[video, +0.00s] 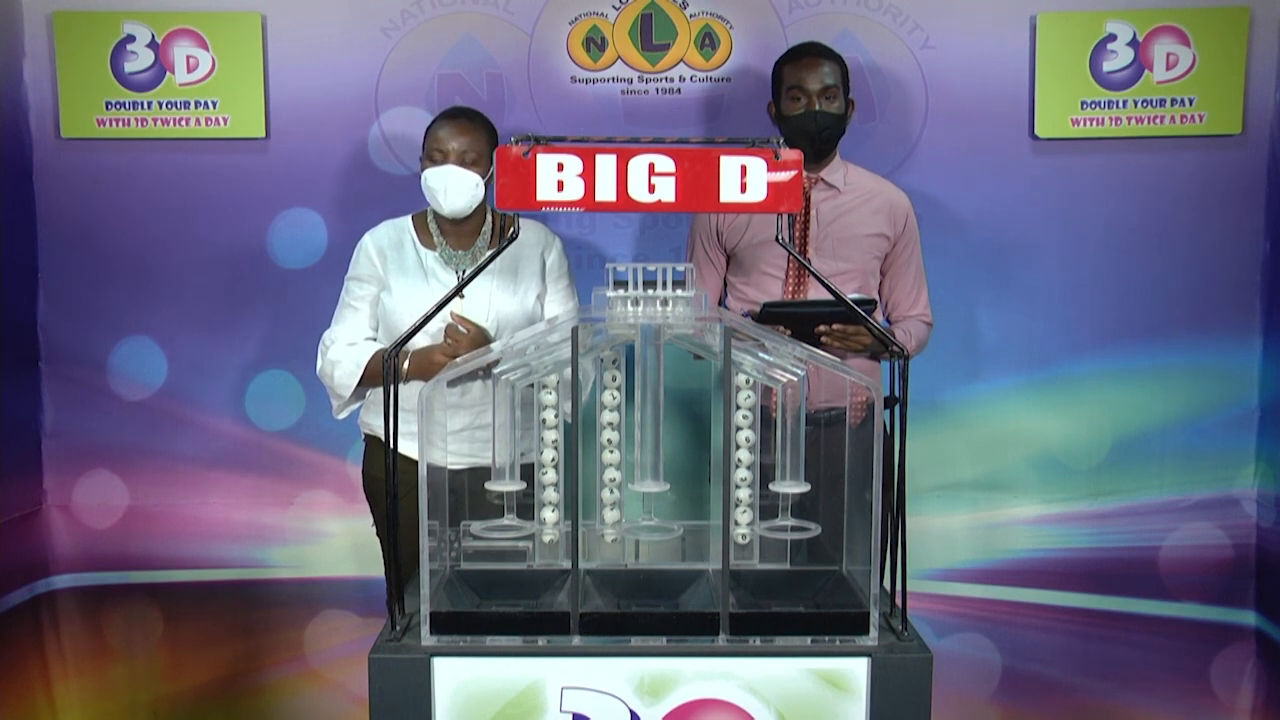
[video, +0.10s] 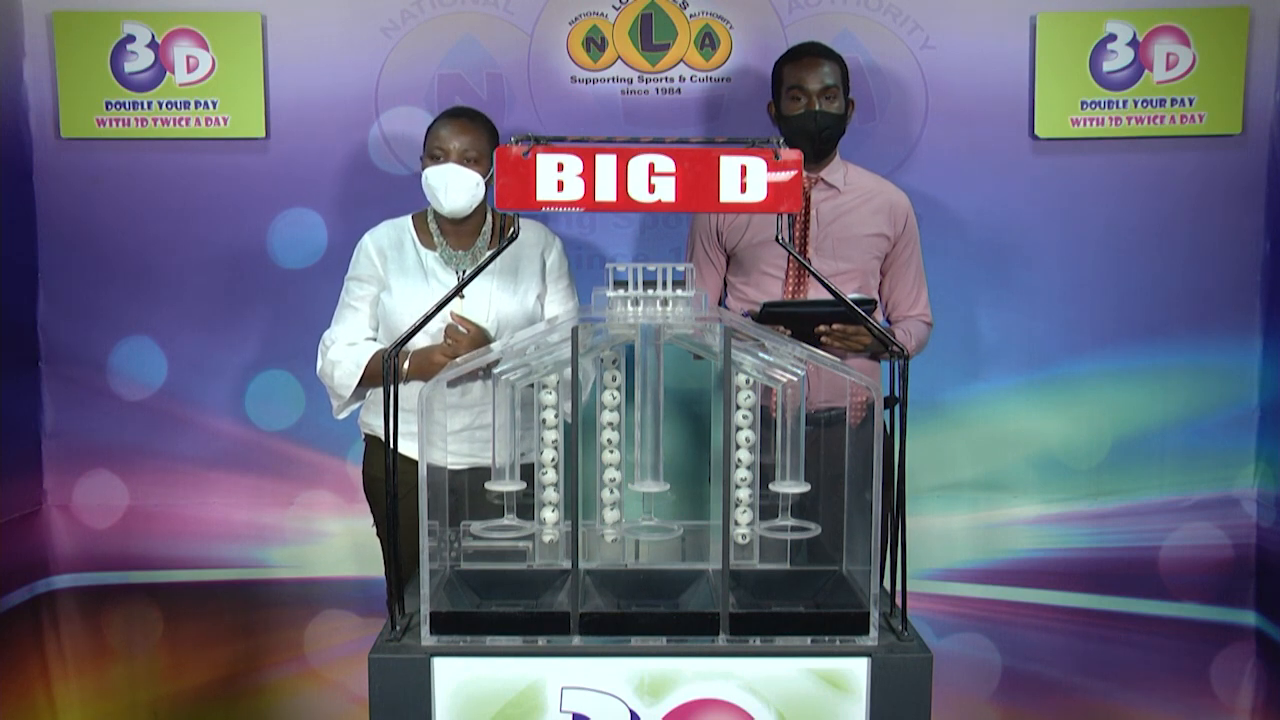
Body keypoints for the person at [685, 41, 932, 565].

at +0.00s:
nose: (813, 107)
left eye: (829, 94)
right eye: (796, 95)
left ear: (848, 108)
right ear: (774, 109)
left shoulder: (888, 205)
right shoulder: (727, 200)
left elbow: (914, 321)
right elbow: (695, 318)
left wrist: (876, 341)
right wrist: (758, 335)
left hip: (844, 417)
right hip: (751, 417)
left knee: (844, 581)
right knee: (753, 579)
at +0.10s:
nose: (813, 107)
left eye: (829, 94)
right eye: (796, 95)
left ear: (848, 108)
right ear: (774, 109)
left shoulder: (888, 205)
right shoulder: (727, 201)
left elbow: (914, 321)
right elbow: (695, 318)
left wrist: (876, 341)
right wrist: (758, 336)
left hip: (843, 417)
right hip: (751, 416)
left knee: (844, 581)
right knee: (753, 579)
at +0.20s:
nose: (813, 107)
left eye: (829, 94)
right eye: (796, 95)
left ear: (848, 108)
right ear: (774, 109)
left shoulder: (888, 205)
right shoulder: (727, 200)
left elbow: (914, 321)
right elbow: (695, 317)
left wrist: (876, 341)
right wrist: (758, 336)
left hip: (844, 417)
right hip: (751, 416)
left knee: (844, 581)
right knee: (753, 579)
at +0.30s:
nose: (813, 107)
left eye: (829, 94)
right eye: (796, 95)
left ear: (848, 108)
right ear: (774, 109)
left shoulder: (888, 205)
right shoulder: (726, 200)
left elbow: (914, 322)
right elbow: (696, 319)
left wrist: (875, 340)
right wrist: (758, 335)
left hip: (844, 418)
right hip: (752, 418)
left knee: (844, 582)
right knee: (754, 580)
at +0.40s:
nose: (813, 107)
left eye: (829, 94)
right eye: (796, 94)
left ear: (848, 108)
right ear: (774, 109)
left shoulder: (888, 205)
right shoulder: (727, 200)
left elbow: (914, 321)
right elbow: (695, 317)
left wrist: (876, 340)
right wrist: (756, 334)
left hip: (843, 416)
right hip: (752, 416)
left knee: (844, 580)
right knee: (753, 578)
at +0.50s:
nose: (813, 107)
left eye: (829, 94)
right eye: (796, 94)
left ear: (848, 108)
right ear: (774, 109)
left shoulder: (888, 205)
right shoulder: (727, 200)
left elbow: (915, 321)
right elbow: (695, 317)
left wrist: (876, 340)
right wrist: (755, 334)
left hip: (843, 417)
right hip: (751, 416)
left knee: (844, 580)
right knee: (753, 579)